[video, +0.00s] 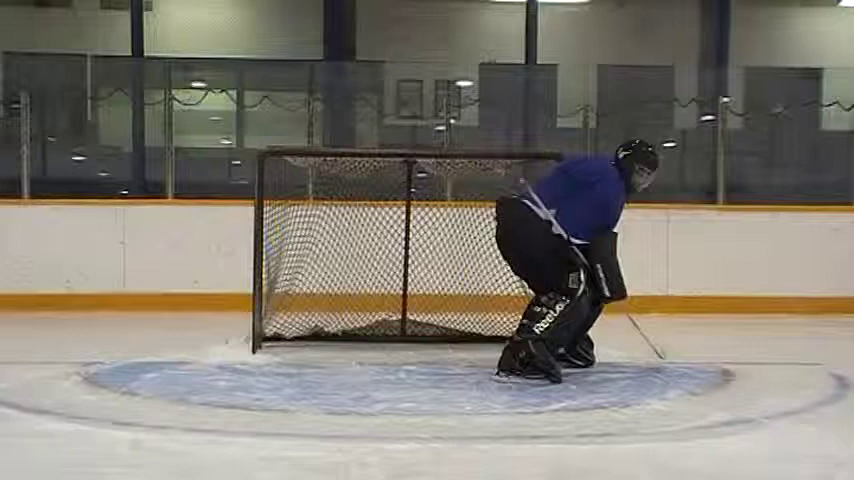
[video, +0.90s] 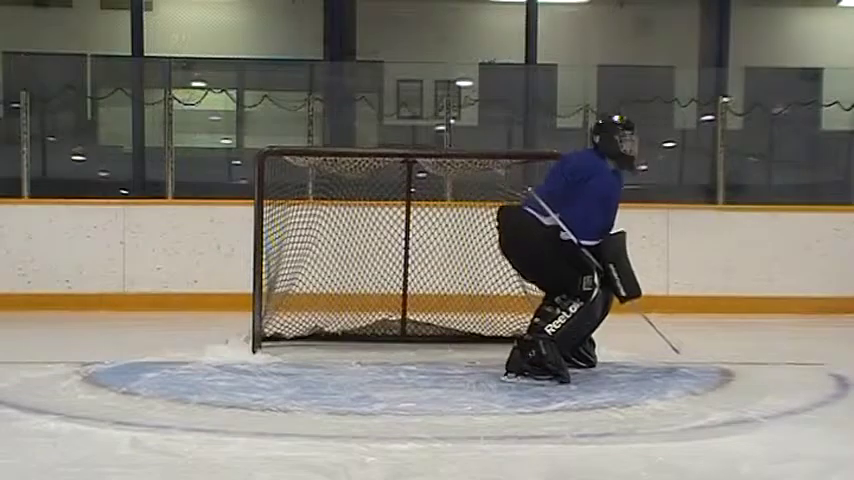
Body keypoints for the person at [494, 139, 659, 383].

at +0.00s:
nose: (645, 181)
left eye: (650, 176)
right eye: (643, 172)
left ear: (620, 159)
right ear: (630, 164)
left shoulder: (599, 170)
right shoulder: (610, 186)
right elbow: (600, 245)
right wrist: (615, 289)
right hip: (528, 223)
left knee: (589, 287)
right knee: (573, 288)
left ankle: (568, 341)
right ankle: (525, 350)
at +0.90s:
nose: (631, 147)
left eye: (631, 139)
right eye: (625, 140)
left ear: (600, 141)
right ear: (610, 142)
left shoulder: (579, 160)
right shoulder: (605, 177)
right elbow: (589, 239)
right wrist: (611, 276)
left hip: (517, 225)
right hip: (535, 233)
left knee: (571, 284)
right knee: (592, 290)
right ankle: (535, 351)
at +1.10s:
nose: (625, 121)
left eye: (624, 114)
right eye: (618, 115)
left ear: (596, 120)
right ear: (600, 120)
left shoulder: (579, 145)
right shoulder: (596, 155)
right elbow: (586, 218)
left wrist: (601, 250)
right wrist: (603, 260)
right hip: (535, 224)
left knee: (565, 284)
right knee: (583, 284)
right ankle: (533, 349)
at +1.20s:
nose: (622, 111)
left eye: (621, 104)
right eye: (615, 106)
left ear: (594, 111)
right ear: (596, 111)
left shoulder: (599, 144)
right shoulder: (585, 145)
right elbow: (581, 209)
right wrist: (589, 254)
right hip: (554, 225)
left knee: (597, 284)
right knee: (582, 285)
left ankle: (569, 340)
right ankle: (533, 349)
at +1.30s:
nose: (620, 100)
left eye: (618, 94)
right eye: (612, 95)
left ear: (595, 102)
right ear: (593, 100)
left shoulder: (595, 134)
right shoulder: (583, 135)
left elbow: (597, 189)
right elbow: (588, 194)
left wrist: (613, 228)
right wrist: (613, 232)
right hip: (543, 216)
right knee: (572, 281)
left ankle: (567, 340)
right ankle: (532, 349)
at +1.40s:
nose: (617, 92)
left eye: (616, 85)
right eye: (610, 86)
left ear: (587, 92)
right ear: (593, 90)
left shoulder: (563, 122)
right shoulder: (595, 128)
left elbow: (573, 178)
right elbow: (593, 188)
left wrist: (621, 190)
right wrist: (612, 226)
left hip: (531, 210)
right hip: (560, 215)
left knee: (561, 278)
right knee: (589, 280)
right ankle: (540, 347)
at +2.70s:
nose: (629, 122)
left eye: (633, 117)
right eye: (627, 114)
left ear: (604, 104)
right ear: (612, 105)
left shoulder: (586, 123)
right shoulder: (590, 129)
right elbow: (575, 191)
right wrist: (598, 235)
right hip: (545, 211)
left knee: (560, 280)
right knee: (574, 280)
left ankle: (542, 349)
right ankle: (540, 353)